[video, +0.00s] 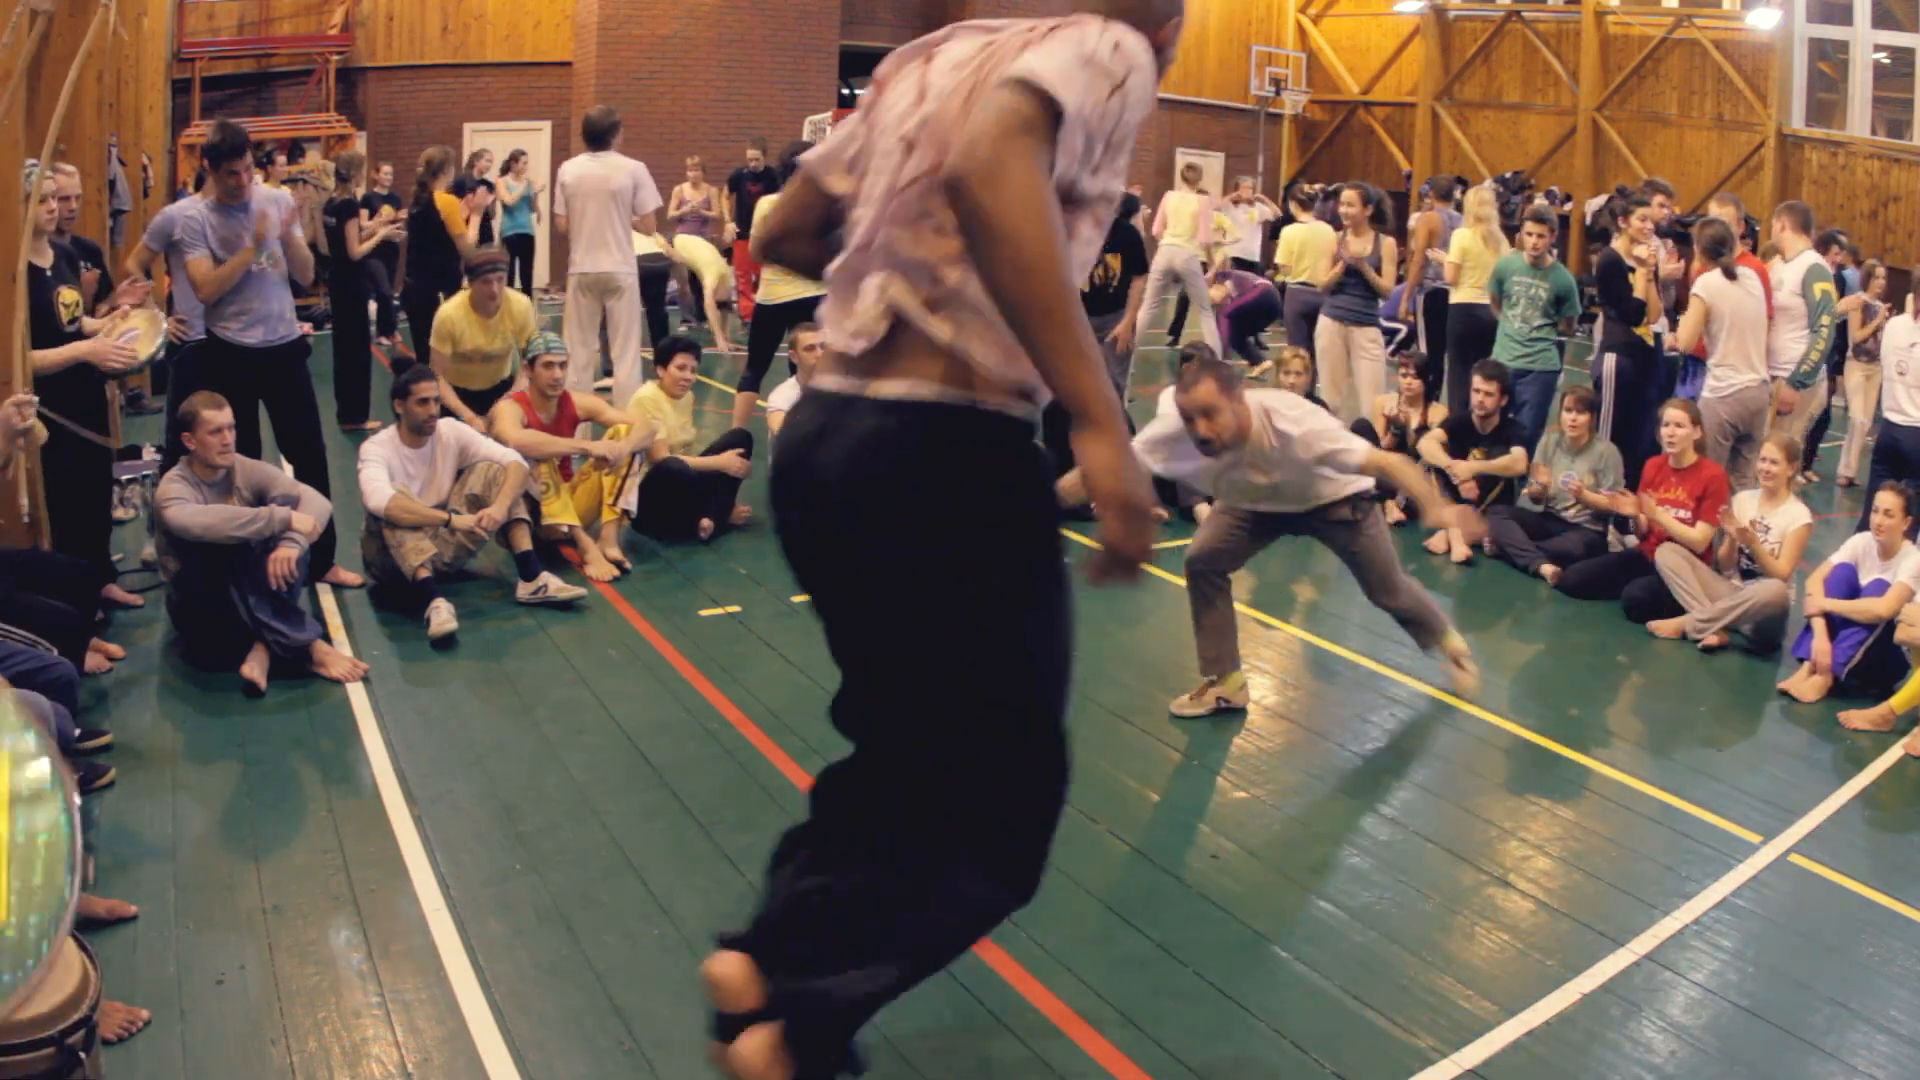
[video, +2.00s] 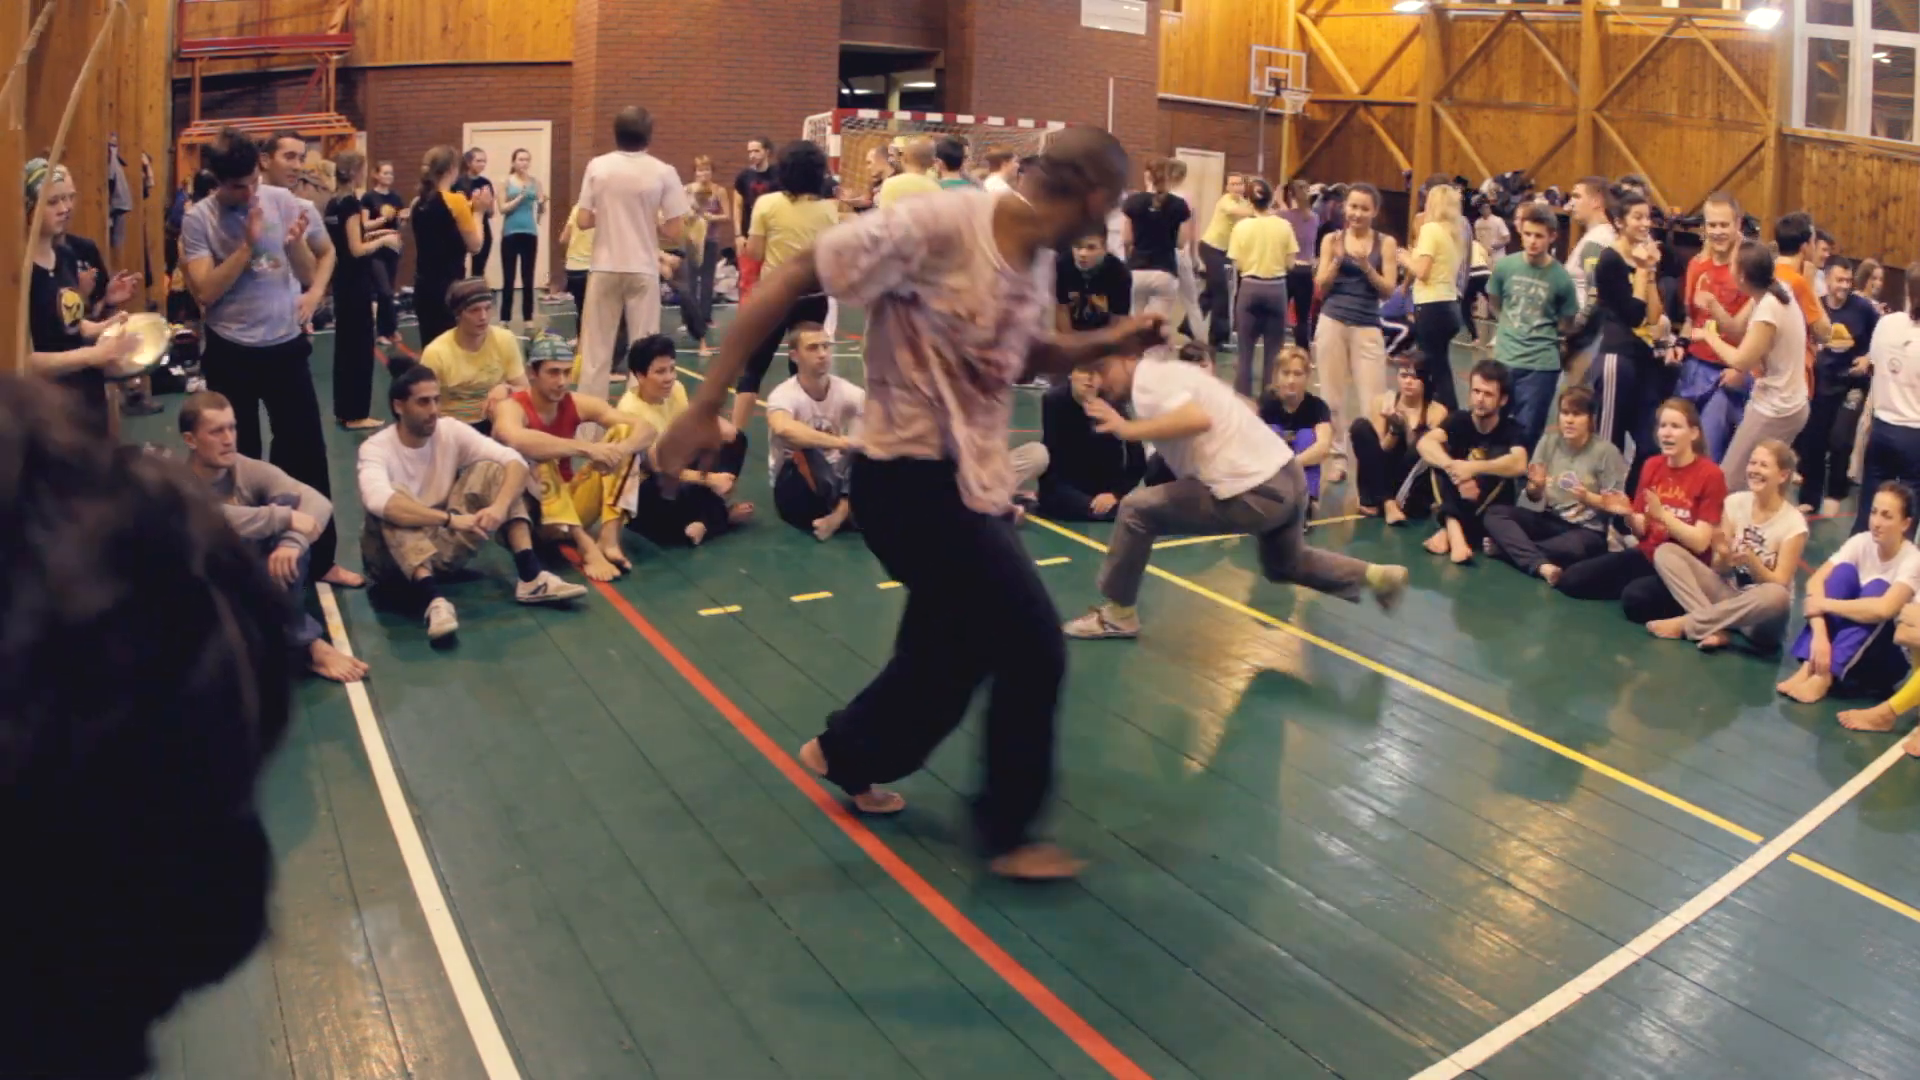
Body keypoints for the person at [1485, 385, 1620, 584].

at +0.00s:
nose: (1573, 418)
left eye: (1580, 412)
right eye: (1568, 411)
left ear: (1592, 417)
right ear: (1560, 414)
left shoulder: (1607, 452)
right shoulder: (1549, 441)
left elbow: (1613, 505)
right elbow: (1533, 497)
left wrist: (1583, 495)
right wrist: (1539, 489)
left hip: (1584, 528)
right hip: (1546, 518)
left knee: (1575, 548)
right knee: (1498, 513)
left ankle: (1509, 550)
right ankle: (1539, 566)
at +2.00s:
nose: (1569, 420)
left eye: (1577, 414)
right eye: (1564, 413)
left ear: (1590, 419)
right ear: (1558, 416)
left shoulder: (1606, 452)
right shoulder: (1548, 442)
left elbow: (1617, 505)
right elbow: (1532, 497)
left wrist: (1587, 497)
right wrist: (1535, 486)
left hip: (1584, 530)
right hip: (1546, 519)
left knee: (1574, 548)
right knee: (1494, 514)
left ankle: (1509, 550)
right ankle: (1539, 566)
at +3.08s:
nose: (1570, 420)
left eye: (1578, 414)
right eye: (1566, 412)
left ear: (1592, 420)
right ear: (1559, 415)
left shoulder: (1606, 451)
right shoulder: (1550, 441)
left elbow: (1617, 505)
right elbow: (1533, 497)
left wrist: (1589, 499)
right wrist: (1536, 484)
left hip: (1585, 529)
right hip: (1549, 518)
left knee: (1574, 548)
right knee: (1497, 512)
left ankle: (1510, 553)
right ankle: (1539, 565)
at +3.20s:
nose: (1572, 419)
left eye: (1580, 414)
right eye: (1567, 412)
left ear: (1593, 419)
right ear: (1560, 415)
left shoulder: (1607, 452)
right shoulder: (1549, 441)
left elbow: (1609, 505)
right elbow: (1534, 489)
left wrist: (1574, 490)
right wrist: (1553, 491)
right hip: (1551, 516)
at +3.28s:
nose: (1572, 419)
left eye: (1580, 414)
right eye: (1568, 412)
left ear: (1594, 419)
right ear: (1561, 414)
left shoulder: (1607, 452)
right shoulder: (1549, 441)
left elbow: (1613, 504)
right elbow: (1533, 483)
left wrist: (1581, 493)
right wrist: (1557, 483)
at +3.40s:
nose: (1572, 420)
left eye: (1580, 414)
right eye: (1568, 412)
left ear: (1594, 420)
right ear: (1561, 414)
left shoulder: (1607, 452)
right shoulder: (1550, 440)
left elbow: (1615, 504)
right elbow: (1532, 494)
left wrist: (1586, 497)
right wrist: (1541, 487)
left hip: (1583, 522)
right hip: (1546, 514)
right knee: (1494, 513)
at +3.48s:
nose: (1574, 420)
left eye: (1581, 414)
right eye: (1569, 413)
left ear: (1594, 419)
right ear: (1562, 415)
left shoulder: (1607, 452)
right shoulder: (1549, 442)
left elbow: (1610, 505)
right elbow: (1532, 489)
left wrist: (1576, 492)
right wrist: (1554, 489)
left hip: (1586, 525)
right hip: (1548, 517)